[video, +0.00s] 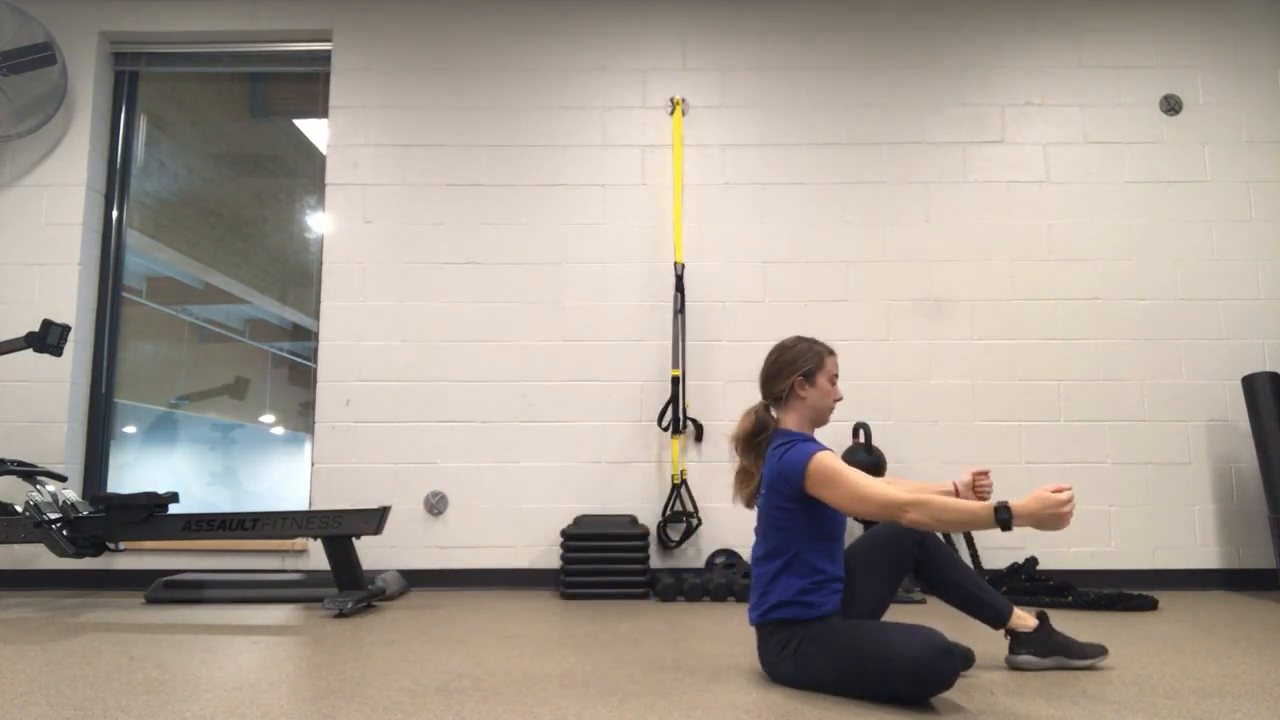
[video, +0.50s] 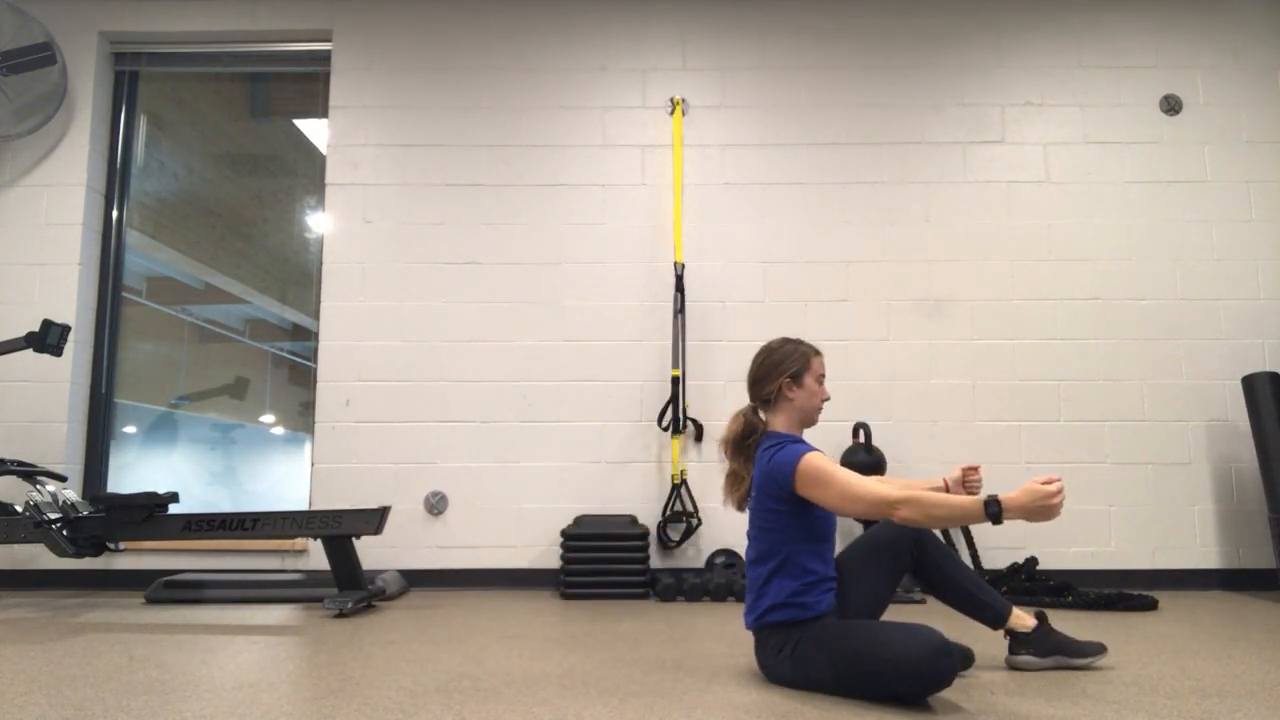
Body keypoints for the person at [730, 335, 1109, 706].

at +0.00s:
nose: (839, 393)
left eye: (836, 382)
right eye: (831, 382)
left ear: (796, 386)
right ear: (798, 386)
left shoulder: (798, 448)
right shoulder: (797, 457)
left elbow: (880, 495)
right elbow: (901, 508)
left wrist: (953, 491)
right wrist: (1015, 514)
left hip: (827, 610)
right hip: (796, 637)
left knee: (905, 535)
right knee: (938, 661)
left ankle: (1026, 629)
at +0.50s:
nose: (826, 393)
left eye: (823, 381)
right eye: (818, 381)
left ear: (784, 388)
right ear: (787, 387)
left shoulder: (786, 450)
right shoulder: (786, 458)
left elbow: (868, 502)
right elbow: (888, 504)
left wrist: (938, 488)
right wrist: (1006, 506)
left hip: (821, 610)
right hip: (792, 637)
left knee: (905, 533)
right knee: (932, 659)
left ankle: (1025, 630)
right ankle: (943, 652)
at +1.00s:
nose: (753, 401)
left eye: (749, 389)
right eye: (744, 391)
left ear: (715, 401)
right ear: (714, 402)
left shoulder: (723, 464)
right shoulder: (725, 470)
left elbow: (821, 494)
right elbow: (833, 498)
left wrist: (880, 467)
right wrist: (934, 466)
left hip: (790, 612)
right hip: (779, 644)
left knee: (900, 535)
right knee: (924, 590)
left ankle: (1019, 628)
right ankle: (905, 659)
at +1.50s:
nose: (617, 467)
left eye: (609, 459)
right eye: (605, 463)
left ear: (582, 485)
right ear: (581, 484)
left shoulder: (608, 535)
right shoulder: (613, 547)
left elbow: (705, 579)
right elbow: (720, 588)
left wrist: (706, 510)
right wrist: (723, 506)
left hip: (741, 624)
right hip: (750, 649)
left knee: (811, 482)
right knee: (842, 508)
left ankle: (950, 537)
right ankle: (921, 624)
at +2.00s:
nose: (500, 566)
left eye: (487, 565)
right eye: (484, 573)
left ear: (492, 605)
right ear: (484, 609)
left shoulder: (544, 615)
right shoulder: (546, 638)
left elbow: (644, 598)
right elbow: (652, 610)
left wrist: (578, 572)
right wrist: (578, 575)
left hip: (701, 604)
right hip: (714, 617)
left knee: (637, 461)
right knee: (634, 462)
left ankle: (743, 370)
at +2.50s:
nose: (502, 569)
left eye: (490, 566)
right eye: (487, 574)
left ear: (492, 607)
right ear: (482, 609)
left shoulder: (542, 621)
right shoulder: (542, 640)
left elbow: (641, 598)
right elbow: (646, 597)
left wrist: (570, 574)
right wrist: (571, 573)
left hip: (702, 604)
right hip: (708, 612)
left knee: (641, 454)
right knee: (639, 455)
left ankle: (766, 381)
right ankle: (766, 374)